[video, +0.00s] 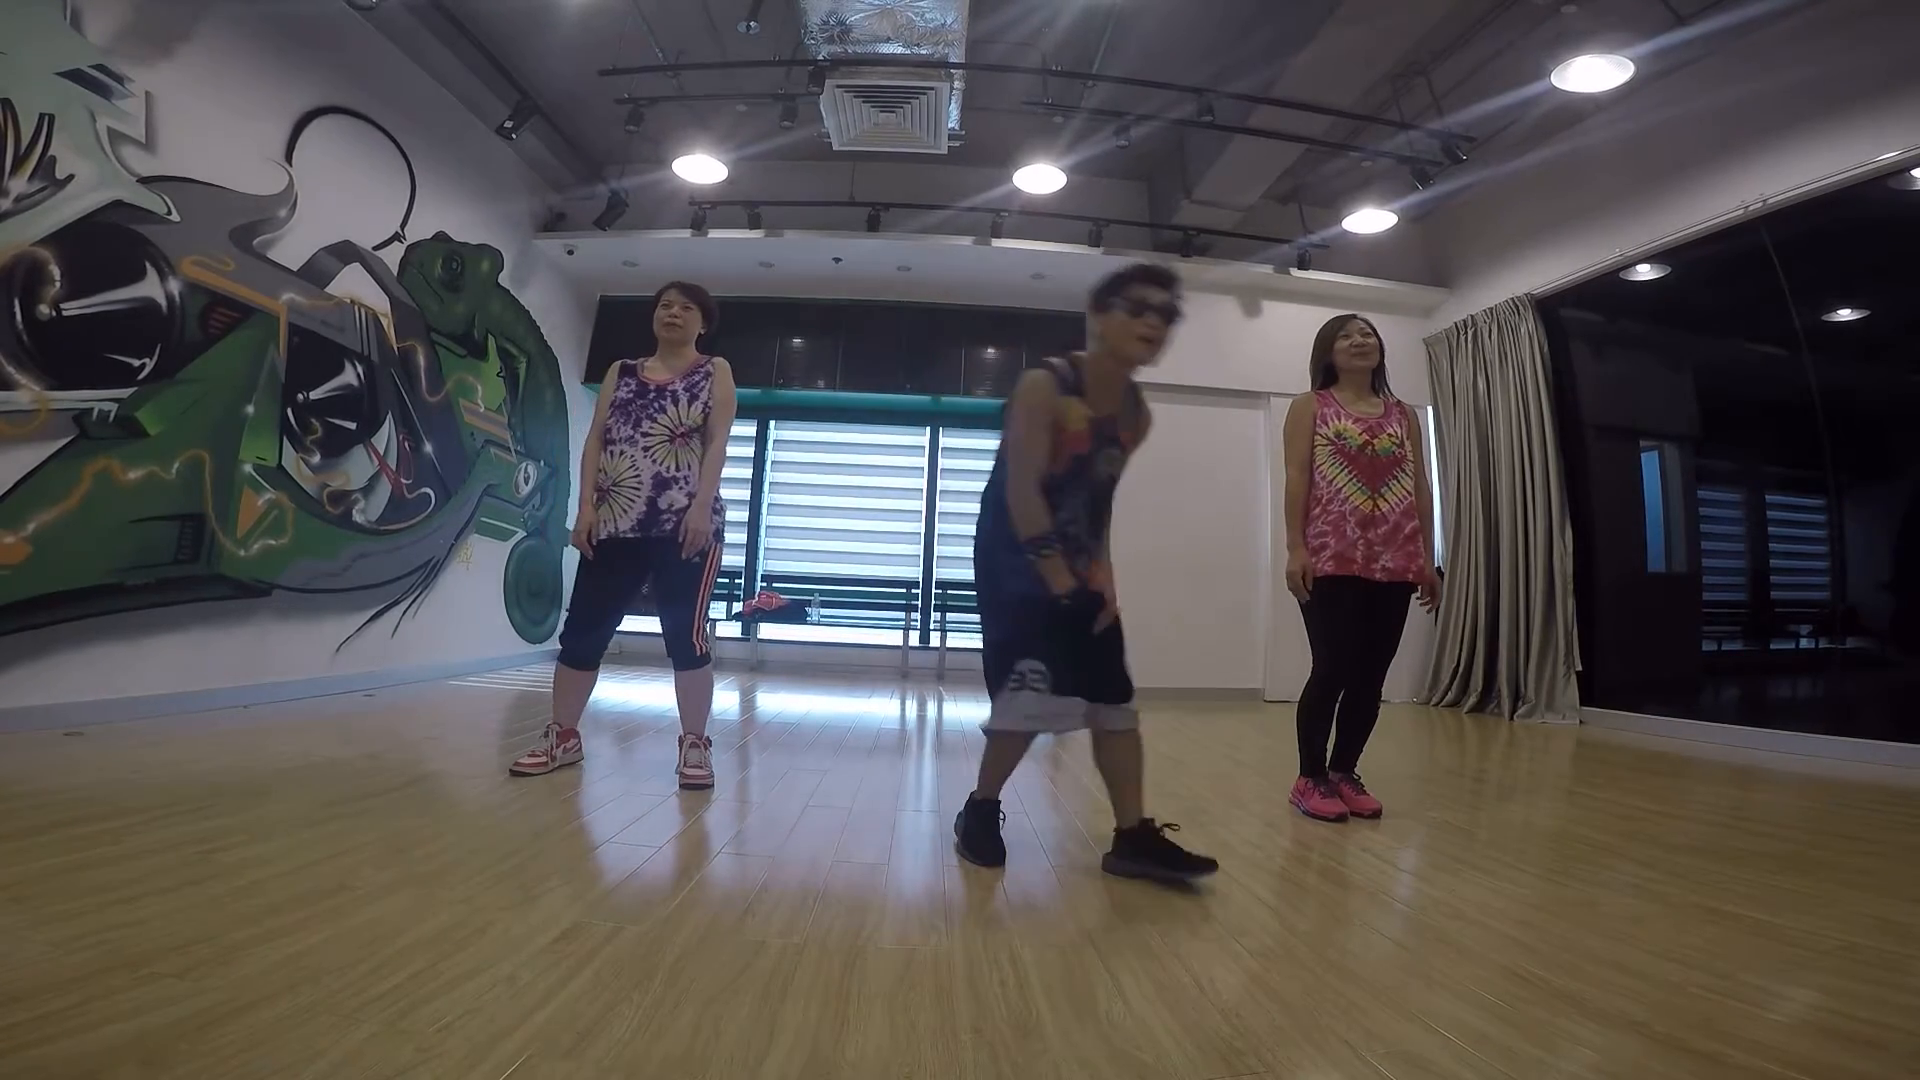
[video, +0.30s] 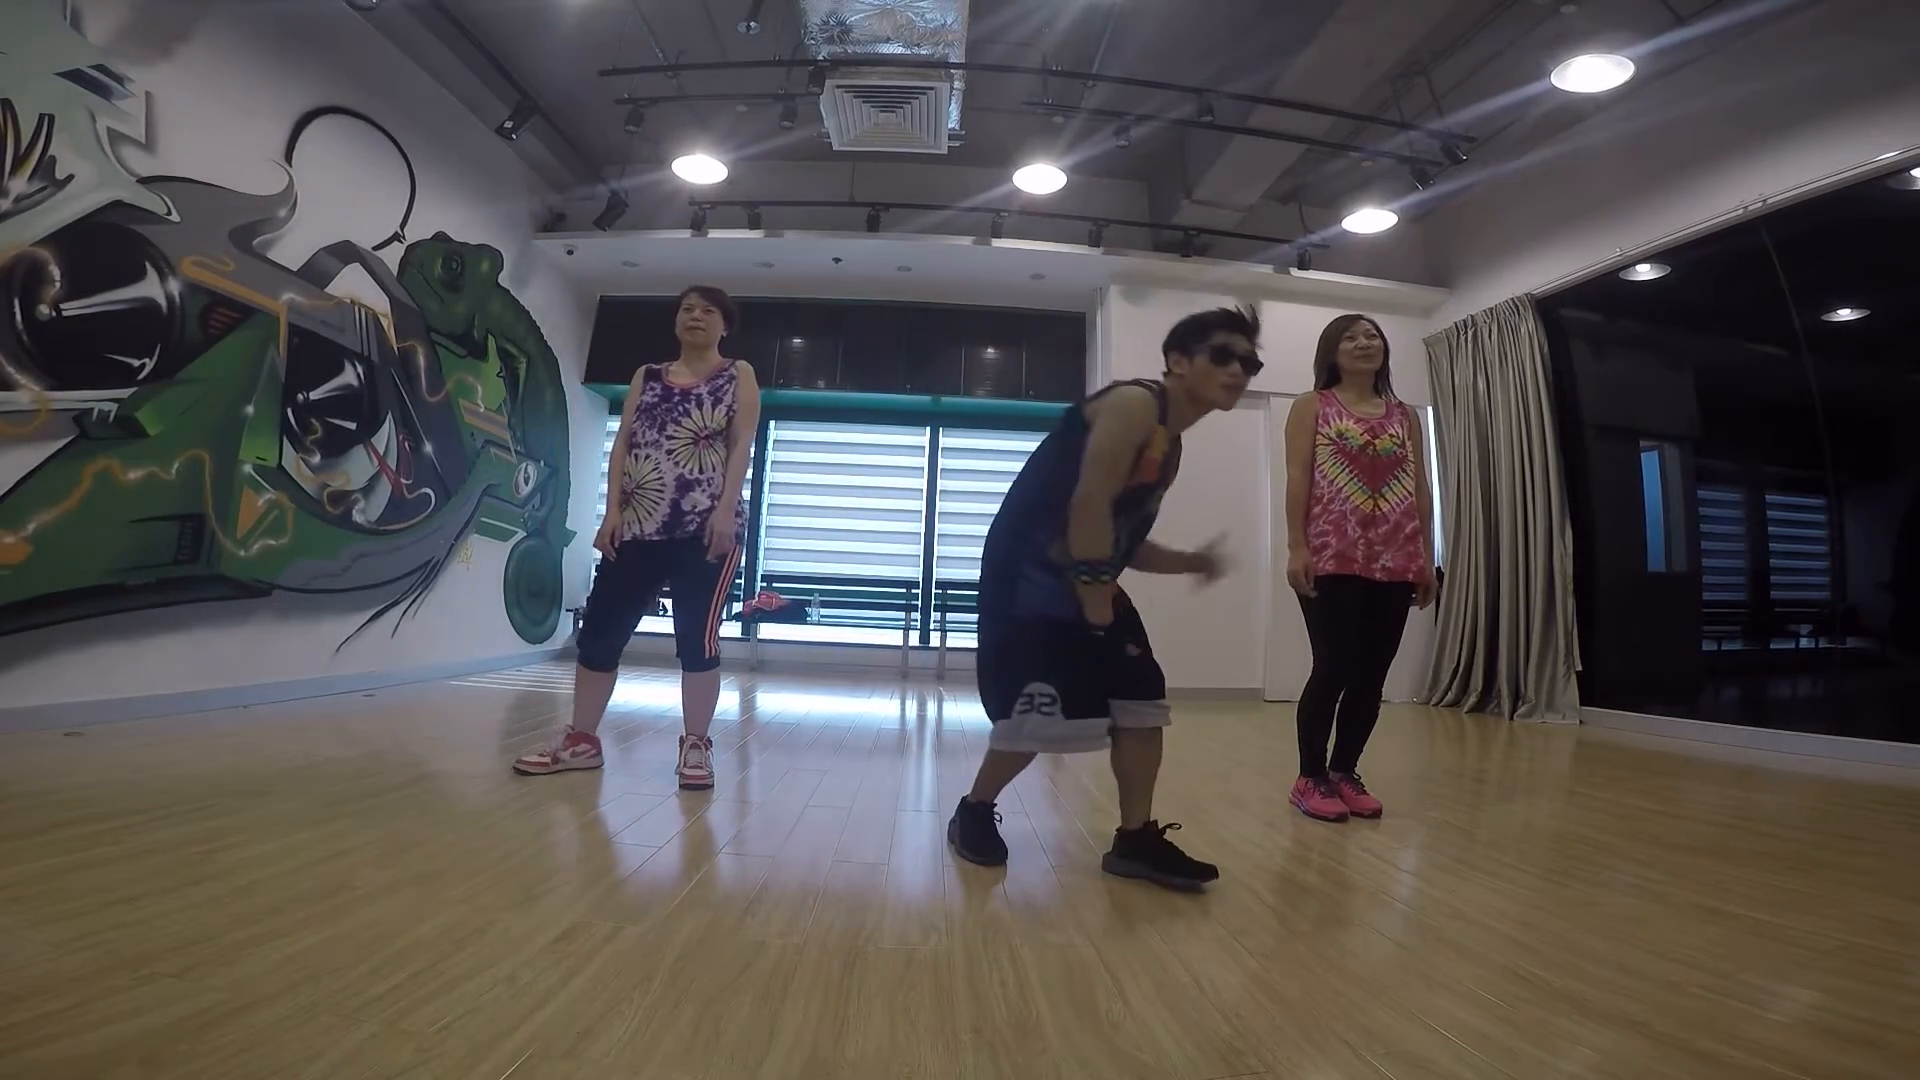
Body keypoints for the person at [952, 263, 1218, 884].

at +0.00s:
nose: (1153, 325)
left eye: (1165, 316)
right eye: (1138, 309)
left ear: (1171, 332)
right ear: (1098, 316)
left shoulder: (1136, 414)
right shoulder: (1044, 385)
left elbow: (1098, 499)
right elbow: (1022, 488)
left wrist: (1102, 574)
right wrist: (1058, 577)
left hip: (1082, 558)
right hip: (1016, 548)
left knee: (1111, 690)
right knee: (1031, 684)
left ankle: (1133, 834)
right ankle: (982, 807)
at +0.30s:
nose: (1239, 373)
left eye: (1247, 364)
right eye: (1225, 357)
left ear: (1248, 377)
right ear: (1180, 360)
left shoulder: (1166, 445)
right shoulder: (1132, 405)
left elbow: (1124, 545)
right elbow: (1088, 502)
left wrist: (1190, 562)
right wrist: (1095, 587)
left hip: (1090, 578)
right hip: (1029, 573)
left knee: (1142, 700)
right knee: (1044, 707)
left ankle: (1135, 837)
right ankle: (976, 807)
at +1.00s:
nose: (1235, 405)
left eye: (1243, 398)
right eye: (1224, 389)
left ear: (1242, 410)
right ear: (1179, 386)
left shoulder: (1152, 468)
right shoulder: (1155, 414)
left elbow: (1127, 576)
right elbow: (1109, 496)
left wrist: (1206, 616)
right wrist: (1112, 614)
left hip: (1072, 591)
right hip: (1016, 579)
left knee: (1125, 697)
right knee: (1037, 707)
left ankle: (1135, 837)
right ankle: (973, 809)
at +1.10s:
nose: (1226, 393)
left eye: (1234, 387)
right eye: (1215, 376)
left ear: (1231, 403)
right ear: (1171, 376)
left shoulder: (1149, 451)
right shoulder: (1132, 407)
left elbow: (1099, 550)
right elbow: (1071, 482)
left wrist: (1149, 607)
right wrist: (1079, 574)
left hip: (1071, 583)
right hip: (1016, 577)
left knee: (1134, 700)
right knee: (1034, 704)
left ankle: (1136, 836)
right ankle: (973, 809)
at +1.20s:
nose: (1192, 357)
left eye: (1202, 349)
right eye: (1179, 341)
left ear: (1204, 364)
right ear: (1143, 344)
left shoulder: (1146, 448)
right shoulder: (1092, 378)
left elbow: (1096, 538)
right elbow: (1019, 430)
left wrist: (1140, 585)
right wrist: (1026, 511)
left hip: (1078, 572)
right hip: (1015, 559)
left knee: (1135, 692)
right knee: (1018, 694)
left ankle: (1137, 836)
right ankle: (973, 810)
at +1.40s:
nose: (1081, 282)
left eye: (1095, 274)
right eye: (1067, 271)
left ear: (1110, 294)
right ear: (1041, 287)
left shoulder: (1122, 380)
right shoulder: (1002, 361)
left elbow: (1160, 463)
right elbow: (938, 422)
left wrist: (1242, 499)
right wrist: (878, 445)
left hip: (1079, 566)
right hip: (991, 560)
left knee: (1114, 702)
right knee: (957, 693)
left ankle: (1127, 837)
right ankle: (960, 809)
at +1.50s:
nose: (1035, 277)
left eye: (1049, 269)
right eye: (1021, 268)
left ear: (1068, 286)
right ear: (999, 286)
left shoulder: (1101, 361)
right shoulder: (975, 365)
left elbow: (1172, 425)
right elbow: (907, 424)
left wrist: (1262, 462)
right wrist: (830, 433)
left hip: (1070, 568)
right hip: (984, 564)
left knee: (1099, 710)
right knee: (945, 693)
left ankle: (1121, 842)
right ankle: (958, 808)